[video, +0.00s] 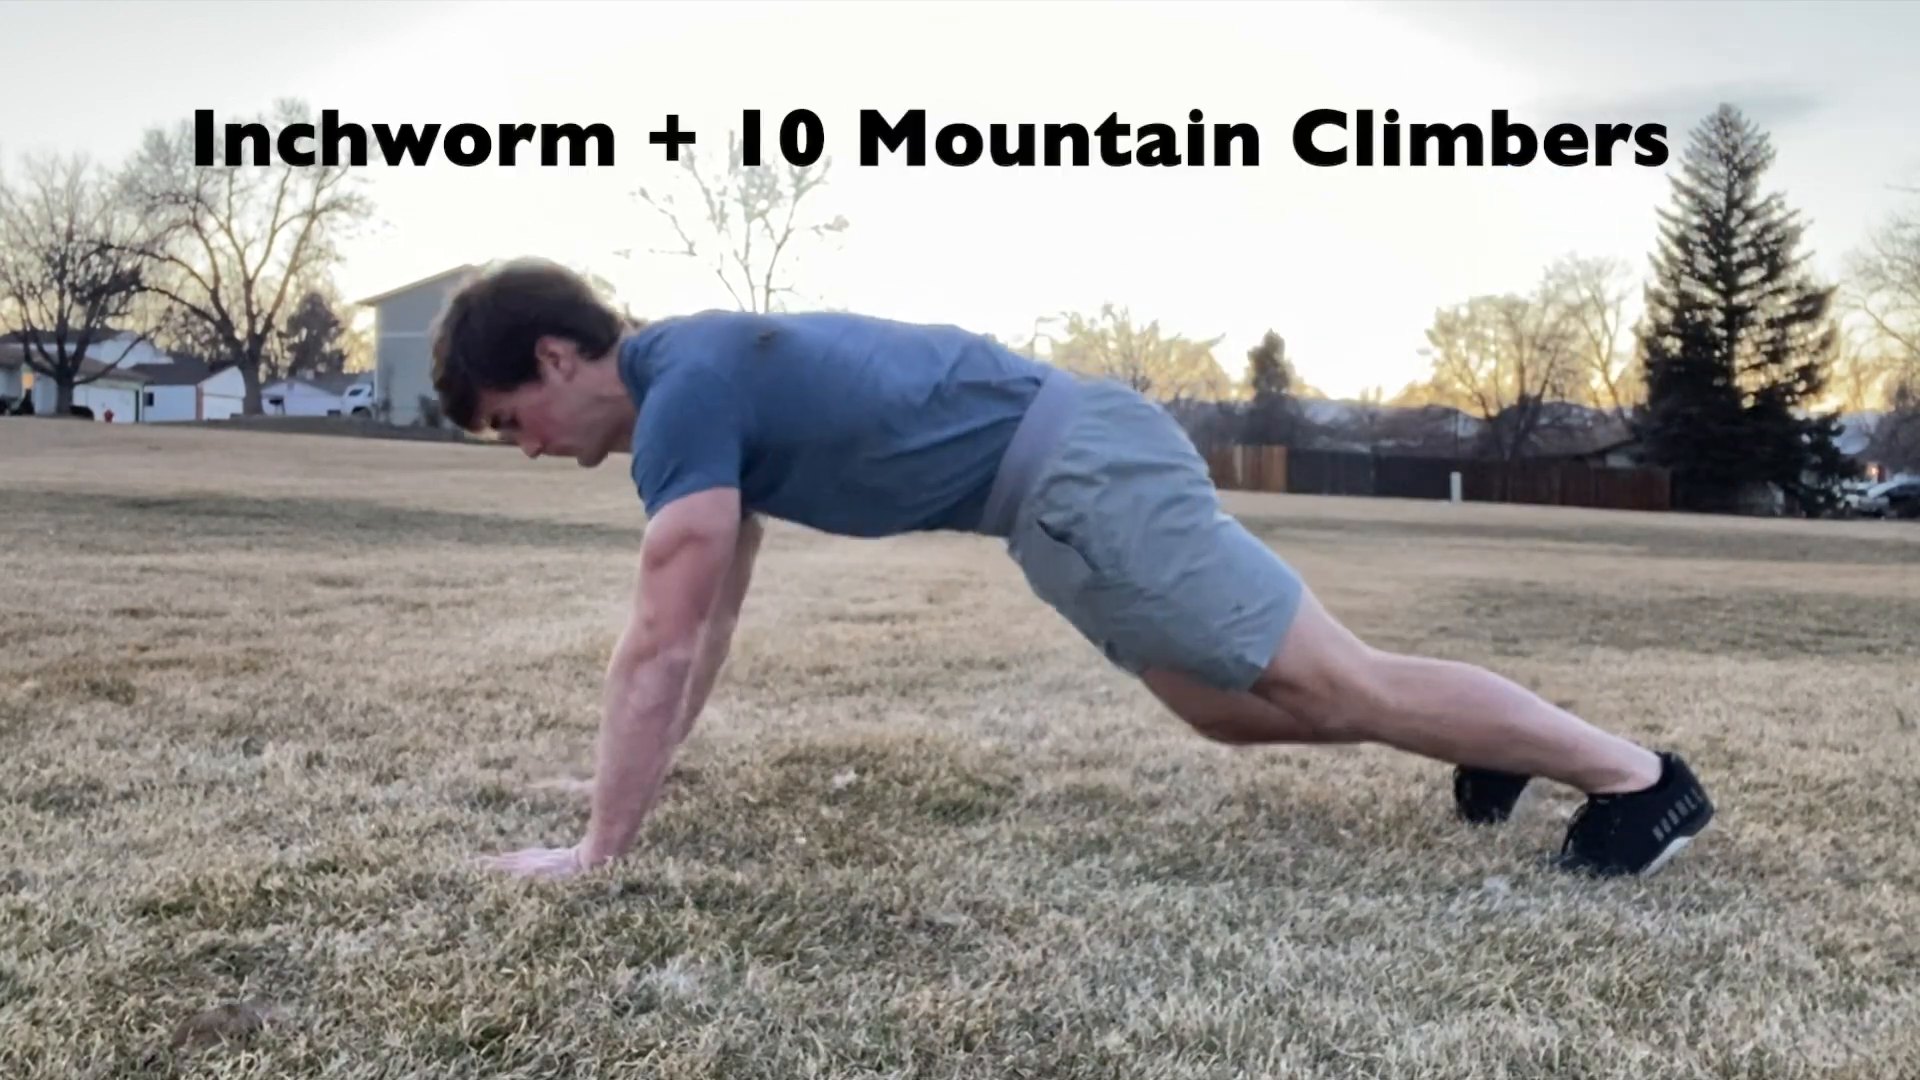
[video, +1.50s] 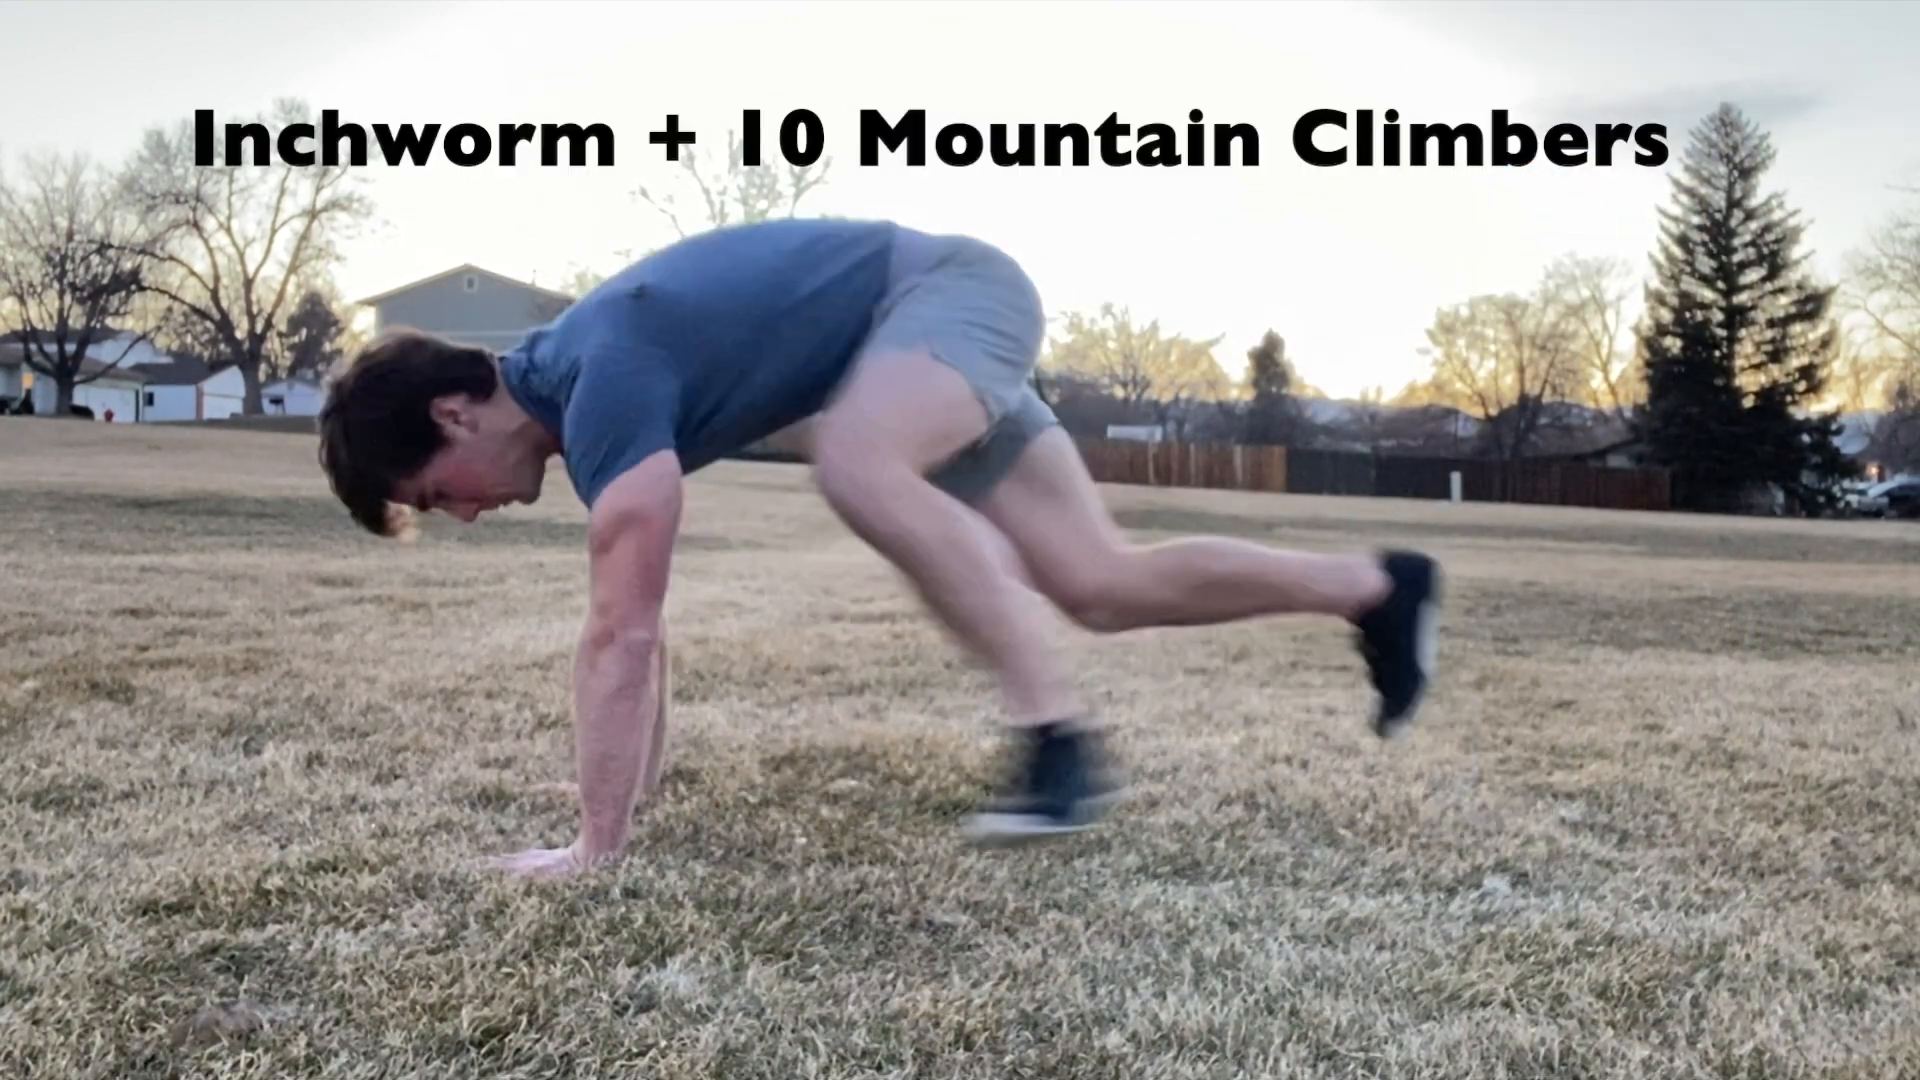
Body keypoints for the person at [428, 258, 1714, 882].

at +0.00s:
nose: (524, 448)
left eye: (513, 419)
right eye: (506, 432)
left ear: (557, 359)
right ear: (567, 357)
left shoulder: (689, 376)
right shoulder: (701, 389)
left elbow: (663, 649)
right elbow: (698, 634)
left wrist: (595, 851)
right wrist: (631, 788)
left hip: (1079, 465)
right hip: (1053, 488)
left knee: (1333, 680)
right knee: (1235, 709)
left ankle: (1642, 779)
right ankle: (1508, 734)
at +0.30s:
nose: (506, 484)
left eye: (487, 459)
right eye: (483, 474)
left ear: (520, 393)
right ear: (526, 397)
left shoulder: (651, 374)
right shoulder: (651, 398)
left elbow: (638, 626)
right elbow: (674, 624)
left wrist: (597, 842)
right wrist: (628, 792)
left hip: (1014, 338)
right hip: (1019, 370)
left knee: (925, 566)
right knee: (1237, 576)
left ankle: (1225, 705)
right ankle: (1491, 716)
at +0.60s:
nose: (508, 480)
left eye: (487, 456)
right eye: (482, 474)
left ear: (516, 382)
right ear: (520, 385)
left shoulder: (659, 374)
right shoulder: (652, 405)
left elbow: (635, 622)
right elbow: (669, 630)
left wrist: (596, 844)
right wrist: (606, 826)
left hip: (1004, 409)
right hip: (1010, 496)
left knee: (726, 447)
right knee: (1216, 675)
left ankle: (763, 808)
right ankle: (1529, 751)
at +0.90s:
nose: (465, 491)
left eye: (444, 469)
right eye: (442, 485)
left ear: (469, 397)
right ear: (473, 400)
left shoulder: (592, 369)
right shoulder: (619, 379)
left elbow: (614, 622)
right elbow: (654, 607)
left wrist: (595, 847)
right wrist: (643, 772)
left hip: (964, 340)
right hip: (917, 366)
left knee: (1109, 664)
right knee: (855, 551)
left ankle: (1419, 617)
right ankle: (1082, 679)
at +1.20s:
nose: (505, 486)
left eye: (482, 463)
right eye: (482, 479)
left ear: (506, 388)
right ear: (515, 384)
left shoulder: (640, 384)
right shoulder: (649, 372)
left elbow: (653, 641)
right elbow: (656, 613)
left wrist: (602, 845)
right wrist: (600, 814)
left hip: (995, 484)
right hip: (934, 474)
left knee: (1225, 689)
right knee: (756, 503)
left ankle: (1510, 744)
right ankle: (832, 735)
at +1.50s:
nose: (459, 512)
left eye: (437, 491)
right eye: (434, 505)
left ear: (458, 415)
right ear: (461, 410)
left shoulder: (605, 371)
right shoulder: (581, 378)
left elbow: (622, 630)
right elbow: (633, 605)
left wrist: (593, 845)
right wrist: (637, 763)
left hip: (949, 289)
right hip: (922, 345)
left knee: (856, 459)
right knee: (1093, 580)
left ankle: (1058, 735)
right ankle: (1378, 588)